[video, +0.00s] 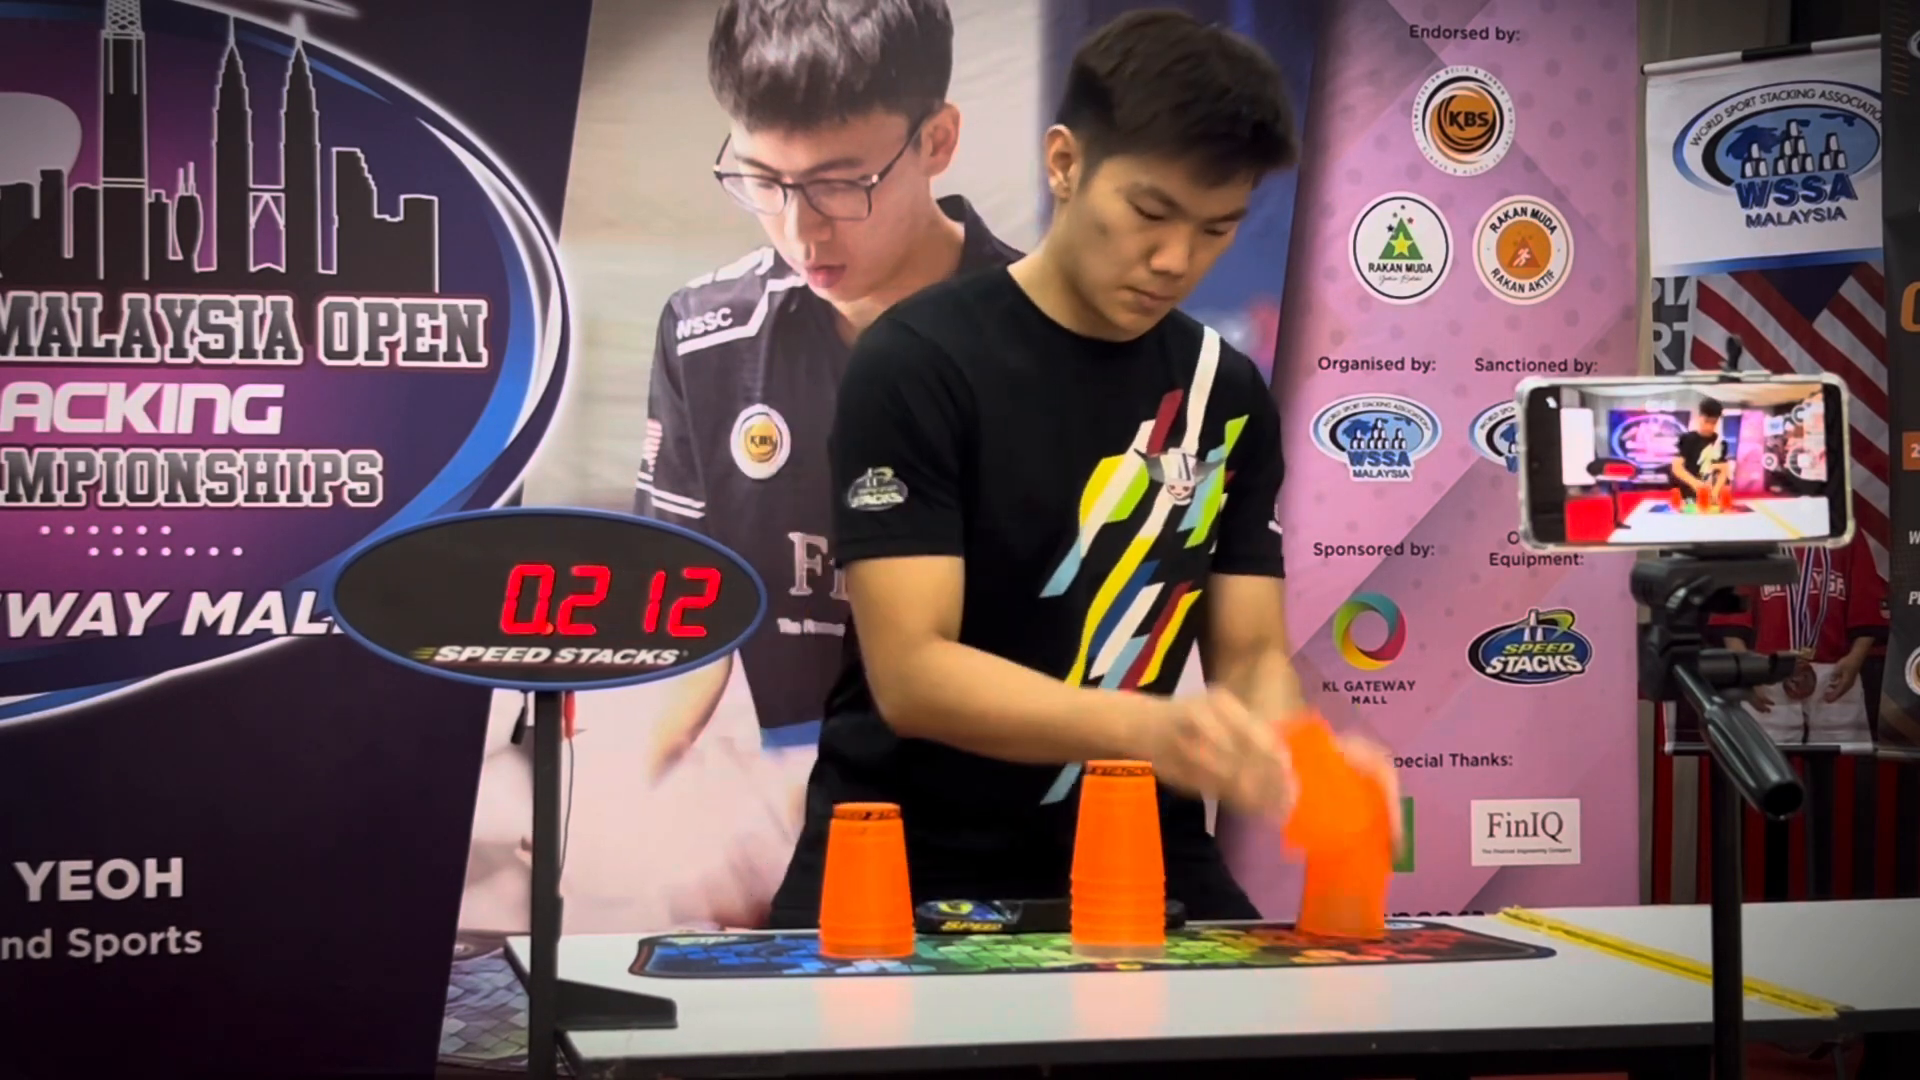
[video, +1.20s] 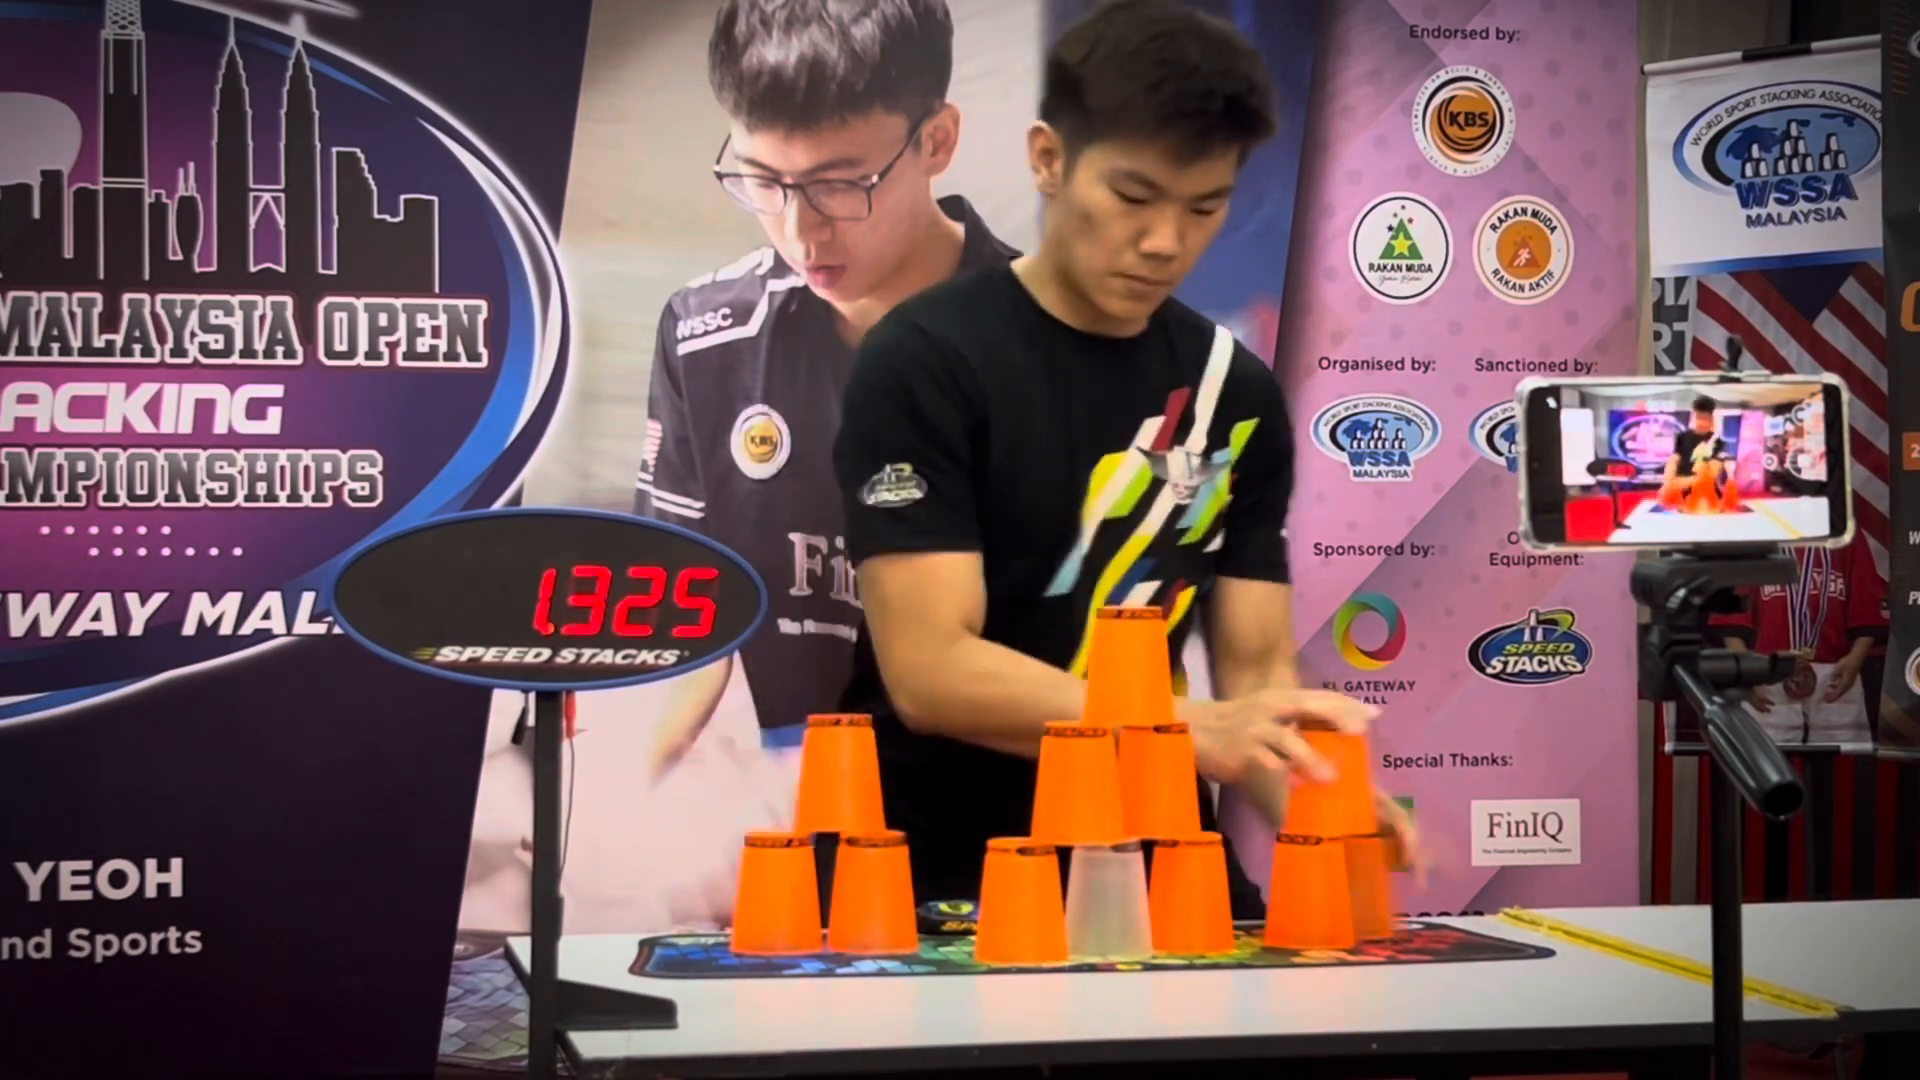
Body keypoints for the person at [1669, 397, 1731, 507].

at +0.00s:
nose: (1709, 427)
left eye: (1713, 422)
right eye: (1706, 421)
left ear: (1717, 421)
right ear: (1699, 418)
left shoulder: (1721, 443)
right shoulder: (1687, 439)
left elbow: (1723, 471)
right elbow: (1676, 467)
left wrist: (1715, 491)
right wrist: (1696, 485)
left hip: (1711, 497)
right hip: (1688, 497)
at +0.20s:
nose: (1714, 426)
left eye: (1717, 422)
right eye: (1711, 421)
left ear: (1721, 422)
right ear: (1702, 418)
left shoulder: (1721, 443)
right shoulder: (1690, 440)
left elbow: (1724, 467)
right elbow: (1688, 470)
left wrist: (1726, 482)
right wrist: (1713, 480)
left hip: (1715, 496)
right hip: (1693, 495)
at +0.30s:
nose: (1714, 426)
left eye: (1718, 422)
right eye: (1712, 421)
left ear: (1721, 422)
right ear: (1703, 418)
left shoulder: (1722, 443)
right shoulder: (1691, 440)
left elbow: (1725, 467)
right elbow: (1688, 470)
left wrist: (1729, 487)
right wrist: (1713, 486)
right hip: (1693, 494)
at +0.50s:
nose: (1712, 425)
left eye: (1716, 421)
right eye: (1710, 420)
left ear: (1720, 422)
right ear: (1701, 418)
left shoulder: (1721, 443)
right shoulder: (1689, 439)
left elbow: (1723, 471)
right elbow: (1681, 469)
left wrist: (1715, 489)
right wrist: (1696, 486)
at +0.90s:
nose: (1710, 423)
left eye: (1714, 418)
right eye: (1707, 417)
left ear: (1717, 418)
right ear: (1700, 414)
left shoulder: (1721, 440)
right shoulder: (1688, 437)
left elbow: (1724, 468)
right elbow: (1677, 463)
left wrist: (1715, 484)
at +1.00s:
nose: (1708, 423)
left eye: (1712, 419)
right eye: (1705, 417)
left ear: (1716, 419)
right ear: (1698, 415)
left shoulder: (1720, 442)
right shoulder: (1686, 438)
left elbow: (1723, 468)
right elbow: (1678, 462)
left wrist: (1711, 477)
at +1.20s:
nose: (1701, 423)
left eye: (1705, 418)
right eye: (1698, 418)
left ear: (1711, 419)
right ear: (1694, 417)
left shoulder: (1718, 442)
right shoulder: (1683, 438)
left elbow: (1714, 473)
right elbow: (1674, 460)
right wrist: (1667, 484)